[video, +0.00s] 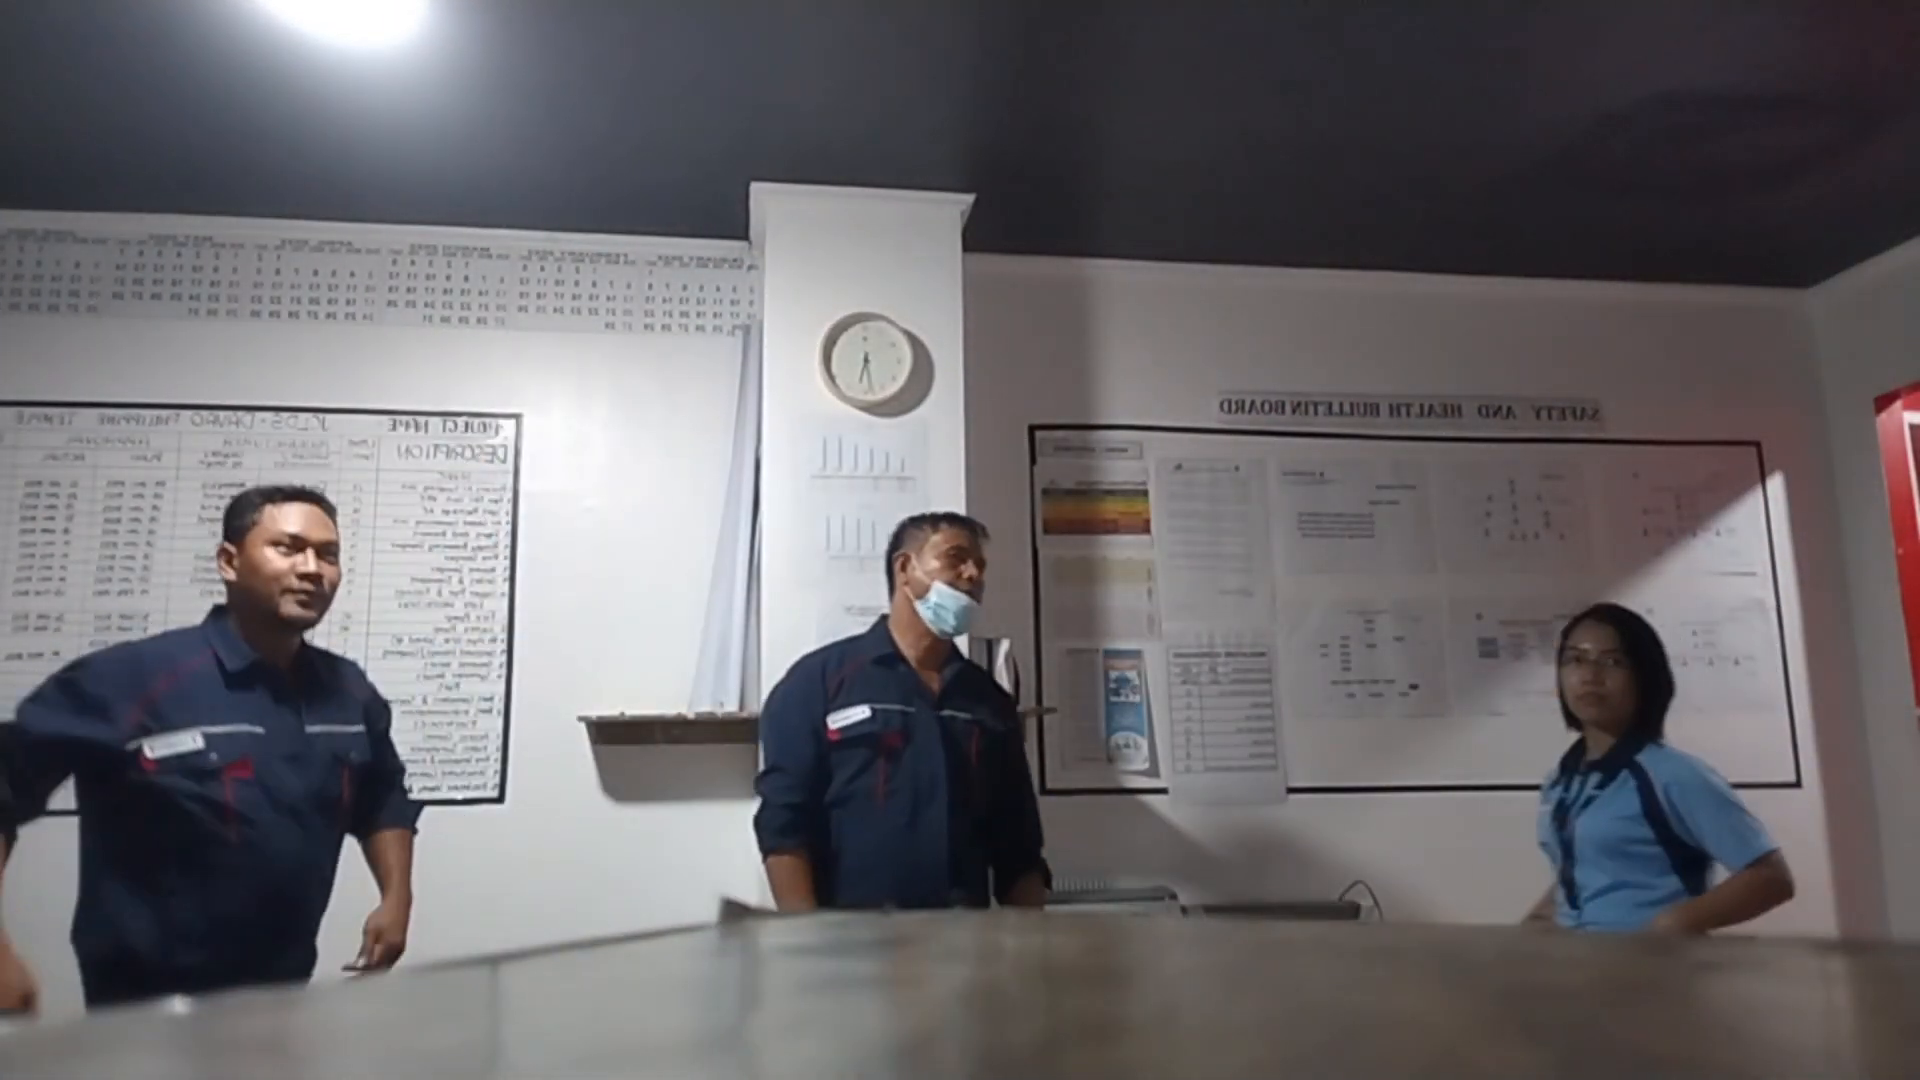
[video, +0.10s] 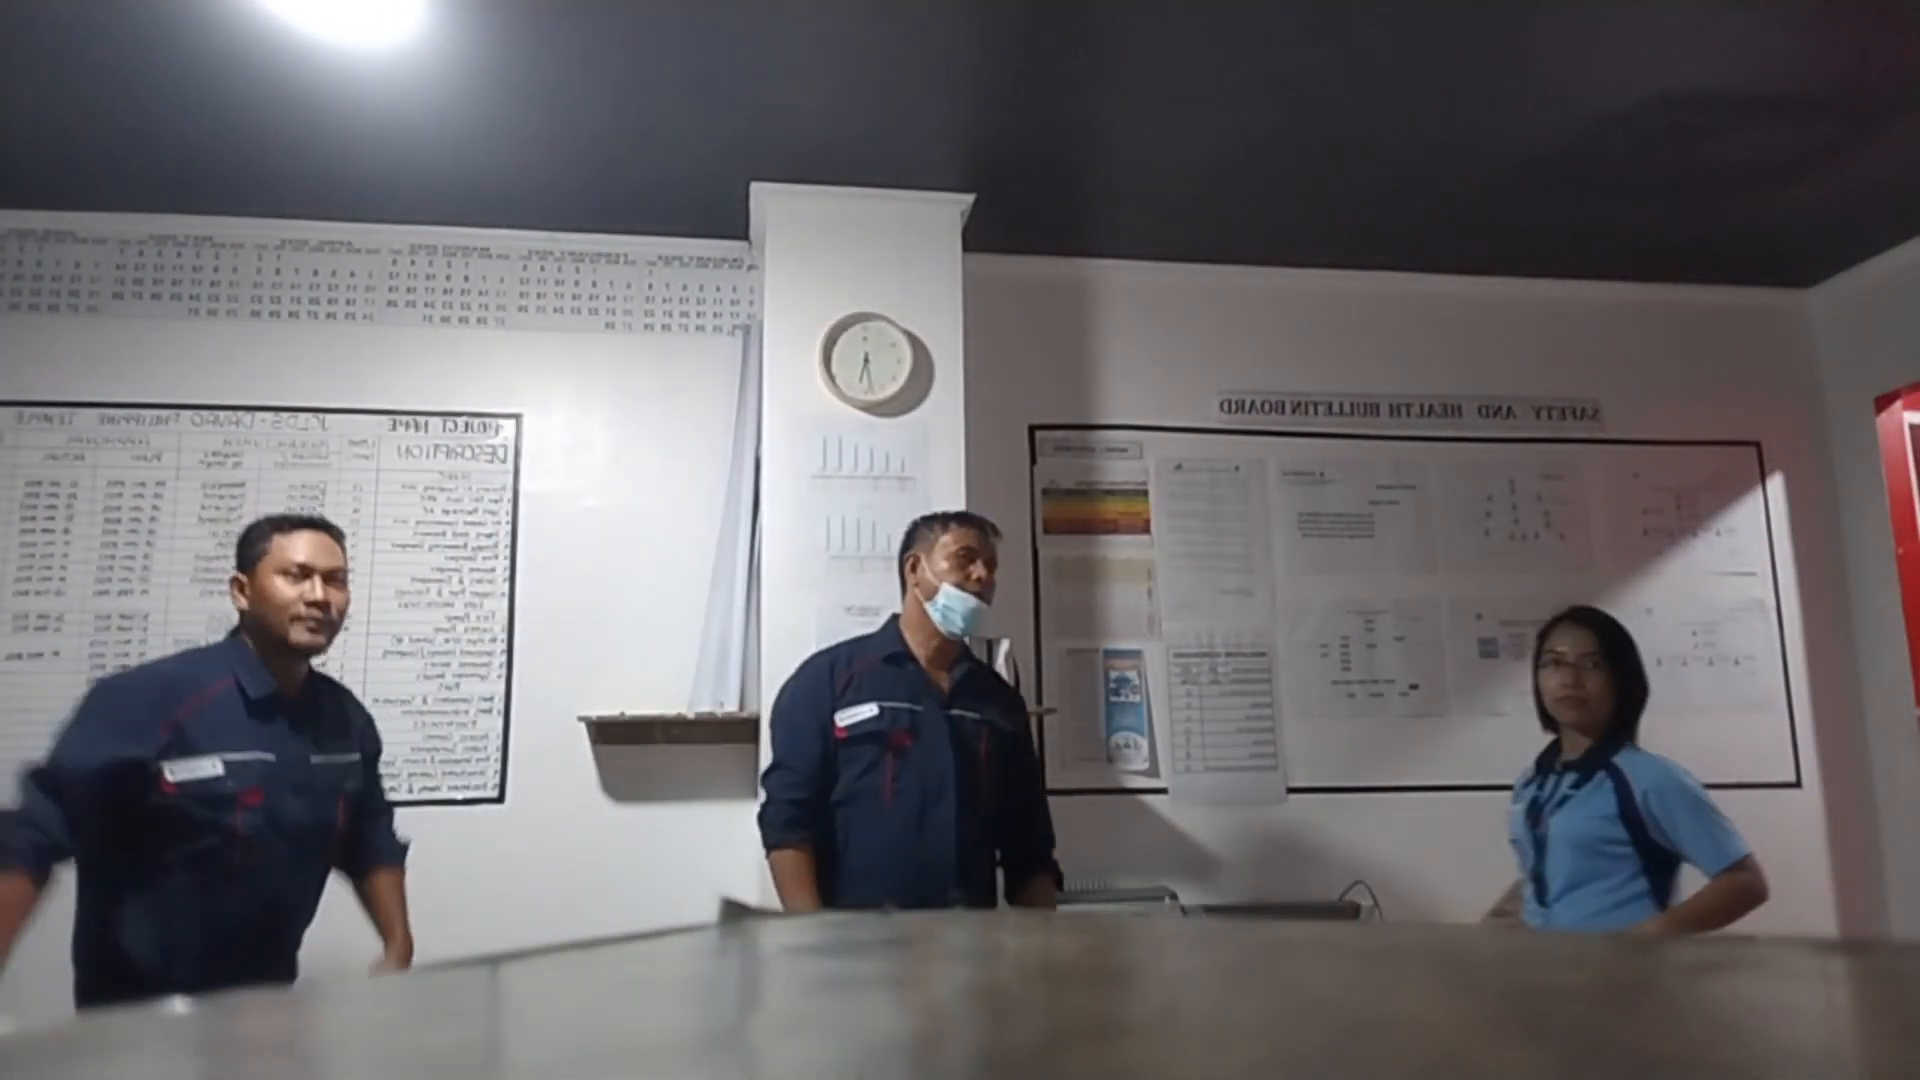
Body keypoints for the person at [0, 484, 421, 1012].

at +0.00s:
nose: (312, 568)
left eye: (327, 555)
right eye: (288, 547)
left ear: (340, 573)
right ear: (230, 561)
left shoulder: (348, 696)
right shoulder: (124, 683)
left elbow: (384, 798)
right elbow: (6, 787)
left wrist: (397, 899)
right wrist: (2, 949)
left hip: (276, 1007)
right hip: (143, 1013)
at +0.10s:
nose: (321, 595)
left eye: (335, 581)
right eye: (297, 576)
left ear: (348, 596)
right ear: (243, 591)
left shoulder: (344, 723)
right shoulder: (137, 706)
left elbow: (370, 837)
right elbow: (31, 838)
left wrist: (398, 940)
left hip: (261, 1010)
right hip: (133, 1018)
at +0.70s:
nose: (291, 578)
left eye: (307, 566)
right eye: (270, 560)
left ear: (317, 586)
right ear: (222, 576)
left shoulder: (316, 707)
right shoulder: (130, 676)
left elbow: (306, 864)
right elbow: (61, 834)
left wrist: (301, 985)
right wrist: (11, 964)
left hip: (256, 994)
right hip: (134, 991)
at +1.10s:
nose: (213, 576)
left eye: (229, 561)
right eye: (189, 559)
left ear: (245, 579)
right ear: (143, 579)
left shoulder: (277, 692)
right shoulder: (65, 690)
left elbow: (338, 789)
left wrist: (437, 826)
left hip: (222, 986)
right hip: (91, 991)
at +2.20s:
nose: (170, 556)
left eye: (187, 540)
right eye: (142, 535)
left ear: (202, 560)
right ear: (85, 556)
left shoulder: (223, 696)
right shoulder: (16, 681)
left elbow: (239, 854)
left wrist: (271, 985)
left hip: (190, 1020)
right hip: (45, 1026)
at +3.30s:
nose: (363, 583)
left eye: (380, 574)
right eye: (345, 564)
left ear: (390, 594)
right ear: (296, 575)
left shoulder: (405, 715)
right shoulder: (194, 680)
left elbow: (420, 870)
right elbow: (118, 832)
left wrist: (429, 992)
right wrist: (70, 965)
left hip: (336, 999)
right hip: (200, 997)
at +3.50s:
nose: (351, 581)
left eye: (365, 571)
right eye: (332, 561)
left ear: (373, 595)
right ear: (277, 574)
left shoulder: (383, 720)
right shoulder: (175, 682)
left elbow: (408, 875)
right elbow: (90, 843)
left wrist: (435, 994)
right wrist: (22, 978)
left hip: (323, 1007)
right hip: (190, 1005)